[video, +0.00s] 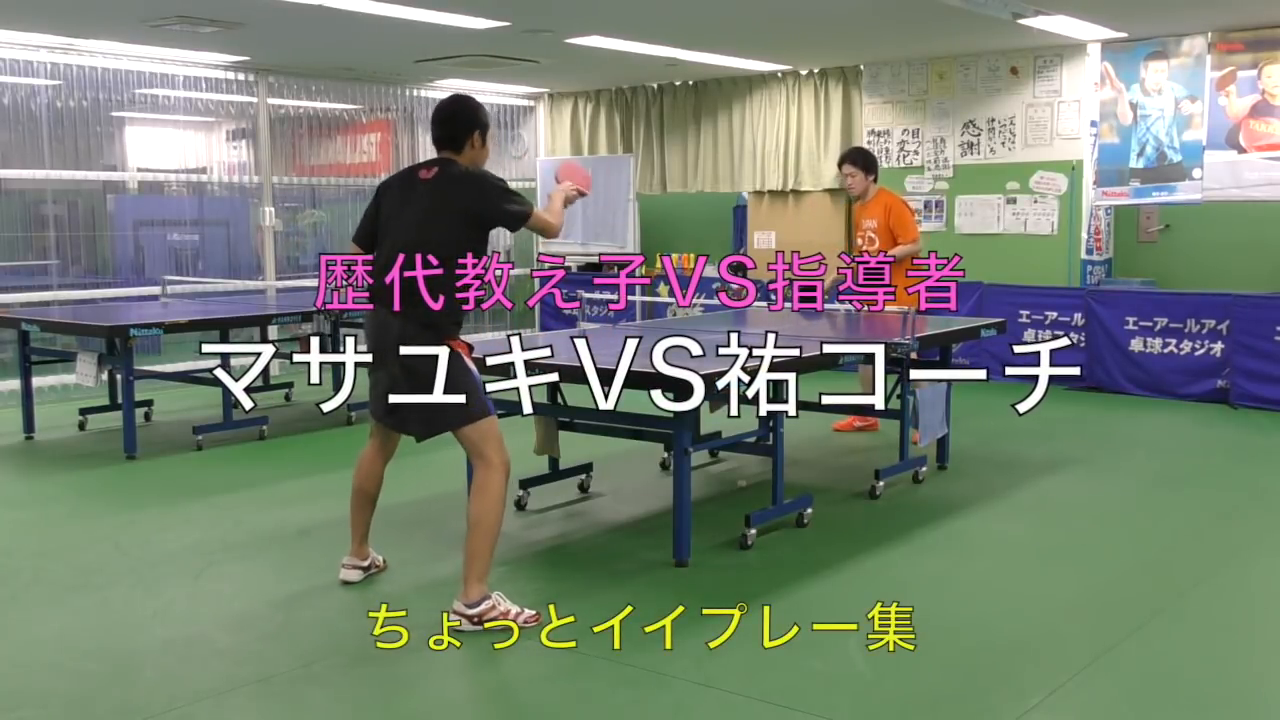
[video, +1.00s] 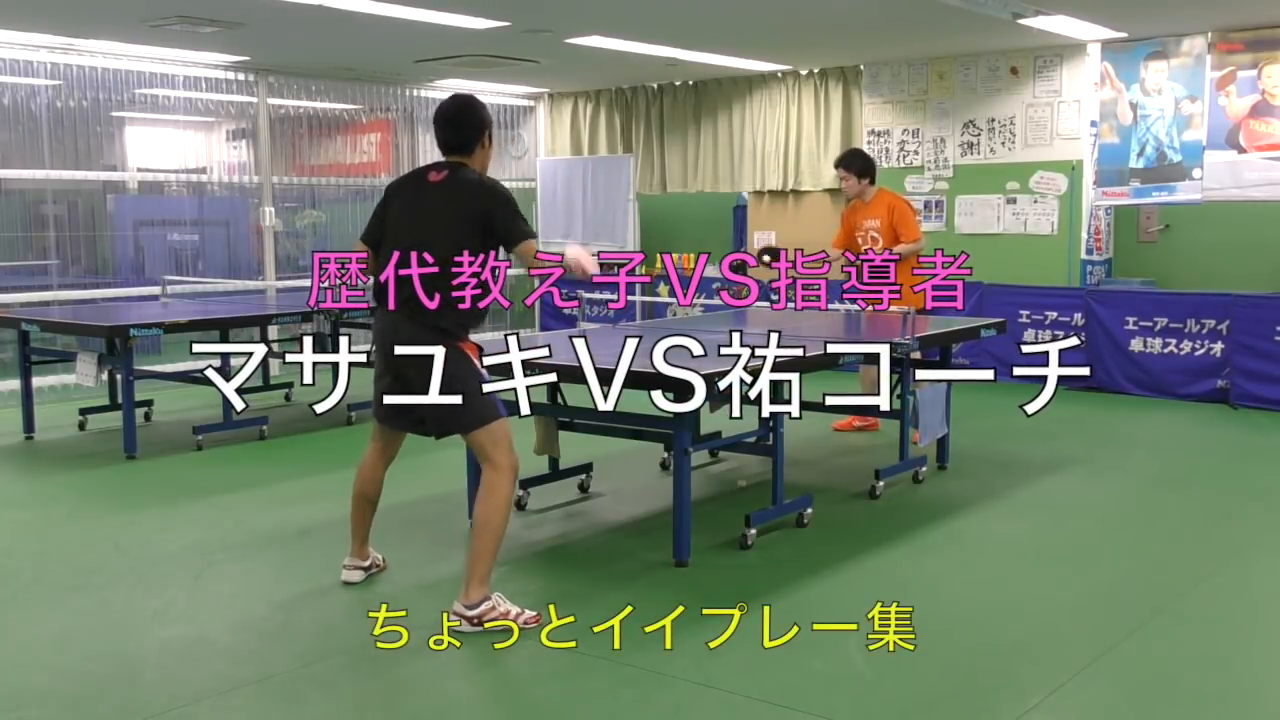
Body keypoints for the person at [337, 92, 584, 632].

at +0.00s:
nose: (488, 147)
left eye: (486, 138)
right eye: (486, 138)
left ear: (437, 138)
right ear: (474, 139)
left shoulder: (396, 184)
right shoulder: (478, 185)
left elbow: (364, 246)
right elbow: (549, 225)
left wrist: (420, 255)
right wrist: (562, 195)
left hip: (383, 339)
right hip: (434, 342)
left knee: (379, 445)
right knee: (491, 460)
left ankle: (356, 554)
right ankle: (475, 595)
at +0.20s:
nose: (483, 145)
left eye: (479, 137)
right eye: (482, 137)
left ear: (432, 139)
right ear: (474, 139)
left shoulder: (395, 185)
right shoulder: (477, 192)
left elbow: (363, 243)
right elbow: (526, 257)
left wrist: (418, 251)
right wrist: (561, 247)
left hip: (386, 342)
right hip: (437, 345)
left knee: (380, 445)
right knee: (491, 460)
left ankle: (356, 554)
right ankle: (475, 596)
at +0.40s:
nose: (501, 166)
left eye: (501, 156)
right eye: (501, 155)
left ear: (455, 149)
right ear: (487, 153)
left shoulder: (425, 190)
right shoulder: (449, 192)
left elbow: (387, 265)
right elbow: (422, 262)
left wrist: (438, 339)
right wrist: (467, 321)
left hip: (386, 339)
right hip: (414, 342)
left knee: (396, 445)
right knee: (486, 460)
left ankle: (358, 554)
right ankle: (473, 597)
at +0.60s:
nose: (506, 174)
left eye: (508, 164)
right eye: (504, 162)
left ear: (464, 155)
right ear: (477, 154)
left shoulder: (413, 193)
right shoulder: (454, 197)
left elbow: (374, 257)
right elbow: (489, 277)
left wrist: (408, 305)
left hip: (383, 344)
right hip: (418, 348)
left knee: (389, 444)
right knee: (486, 460)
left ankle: (357, 554)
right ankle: (473, 599)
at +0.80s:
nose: (497, 150)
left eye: (494, 141)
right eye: (495, 141)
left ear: (445, 142)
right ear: (483, 143)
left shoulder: (401, 186)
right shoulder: (490, 191)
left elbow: (365, 247)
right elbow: (560, 232)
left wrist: (413, 279)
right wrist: (572, 203)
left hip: (385, 341)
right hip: (439, 346)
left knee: (377, 448)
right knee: (499, 463)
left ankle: (359, 555)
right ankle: (475, 597)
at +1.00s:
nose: (493, 146)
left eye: (489, 137)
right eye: (492, 137)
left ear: (439, 140)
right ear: (485, 140)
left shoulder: (402, 188)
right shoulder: (488, 194)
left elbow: (371, 252)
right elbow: (530, 256)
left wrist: (414, 285)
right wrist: (569, 256)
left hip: (392, 344)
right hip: (445, 348)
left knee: (378, 451)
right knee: (500, 464)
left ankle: (357, 556)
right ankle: (475, 597)